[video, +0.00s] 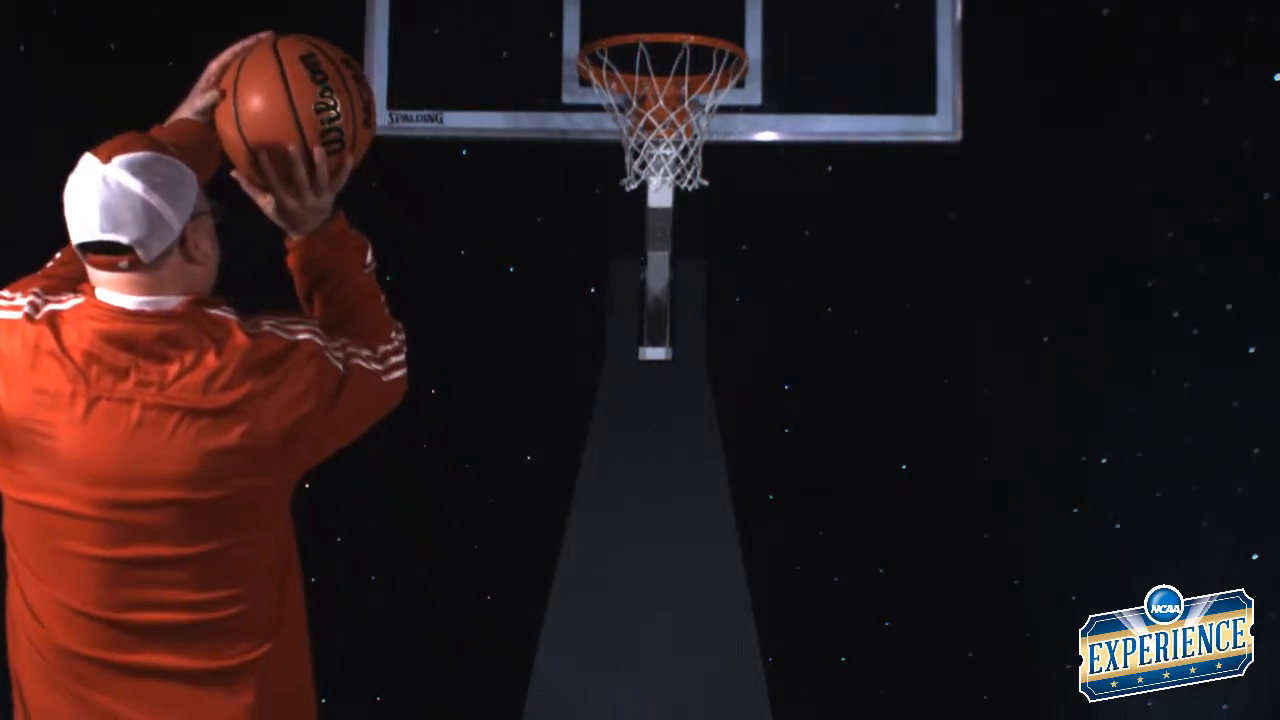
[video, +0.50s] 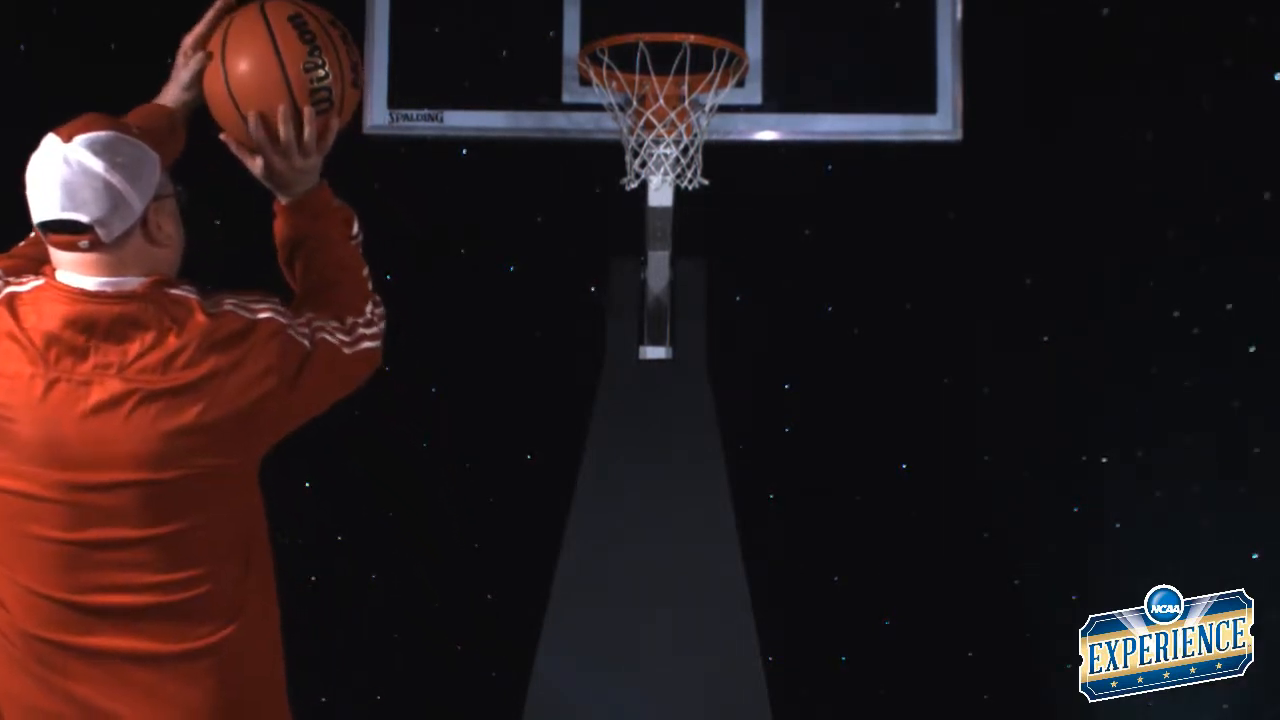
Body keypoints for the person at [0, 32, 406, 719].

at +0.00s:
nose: (212, 225)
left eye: (206, 213)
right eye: (205, 217)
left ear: (90, 239)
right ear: (191, 242)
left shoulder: (14, 351)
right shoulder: (260, 378)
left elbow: (90, 242)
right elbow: (380, 362)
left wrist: (183, 133)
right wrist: (320, 236)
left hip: (60, 703)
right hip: (243, 703)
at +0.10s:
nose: (205, 221)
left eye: (199, 209)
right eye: (200, 213)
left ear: (75, 236)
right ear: (186, 235)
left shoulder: (11, 343)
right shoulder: (251, 375)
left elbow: (87, 239)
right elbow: (375, 358)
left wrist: (182, 124)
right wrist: (317, 229)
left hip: (53, 703)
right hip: (235, 703)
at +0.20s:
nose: (198, 216)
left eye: (191, 203)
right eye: (191, 207)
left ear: (68, 231)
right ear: (177, 229)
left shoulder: (9, 336)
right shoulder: (246, 368)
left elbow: (81, 233)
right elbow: (371, 353)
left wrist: (180, 117)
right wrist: (314, 222)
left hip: (47, 700)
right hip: (228, 701)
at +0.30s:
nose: (190, 213)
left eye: (184, 199)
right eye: (184, 203)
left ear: (60, 231)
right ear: (171, 226)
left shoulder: (8, 330)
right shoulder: (238, 363)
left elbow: (71, 232)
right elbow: (367, 347)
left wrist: (176, 111)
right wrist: (311, 216)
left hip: (43, 698)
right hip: (217, 700)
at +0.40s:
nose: (184, 212)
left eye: (178, 197)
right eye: (177, 201)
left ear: (53, 229)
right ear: (162, 224)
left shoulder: (6, 331)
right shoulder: (230, 358)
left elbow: (66, 220)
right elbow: (361, 341)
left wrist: (174, 105)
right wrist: (309, 208)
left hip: (37, 699)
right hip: (206, 702)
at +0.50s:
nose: (176, 210)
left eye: (169, 195)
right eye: (169, 198)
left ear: (50, 224)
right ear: (154, 222)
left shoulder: (3, 325)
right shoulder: (223, 353)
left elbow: (63, 215)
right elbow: (355, 332)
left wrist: (170, 105)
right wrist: (305, 199)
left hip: (33, 698)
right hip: (200, 700)